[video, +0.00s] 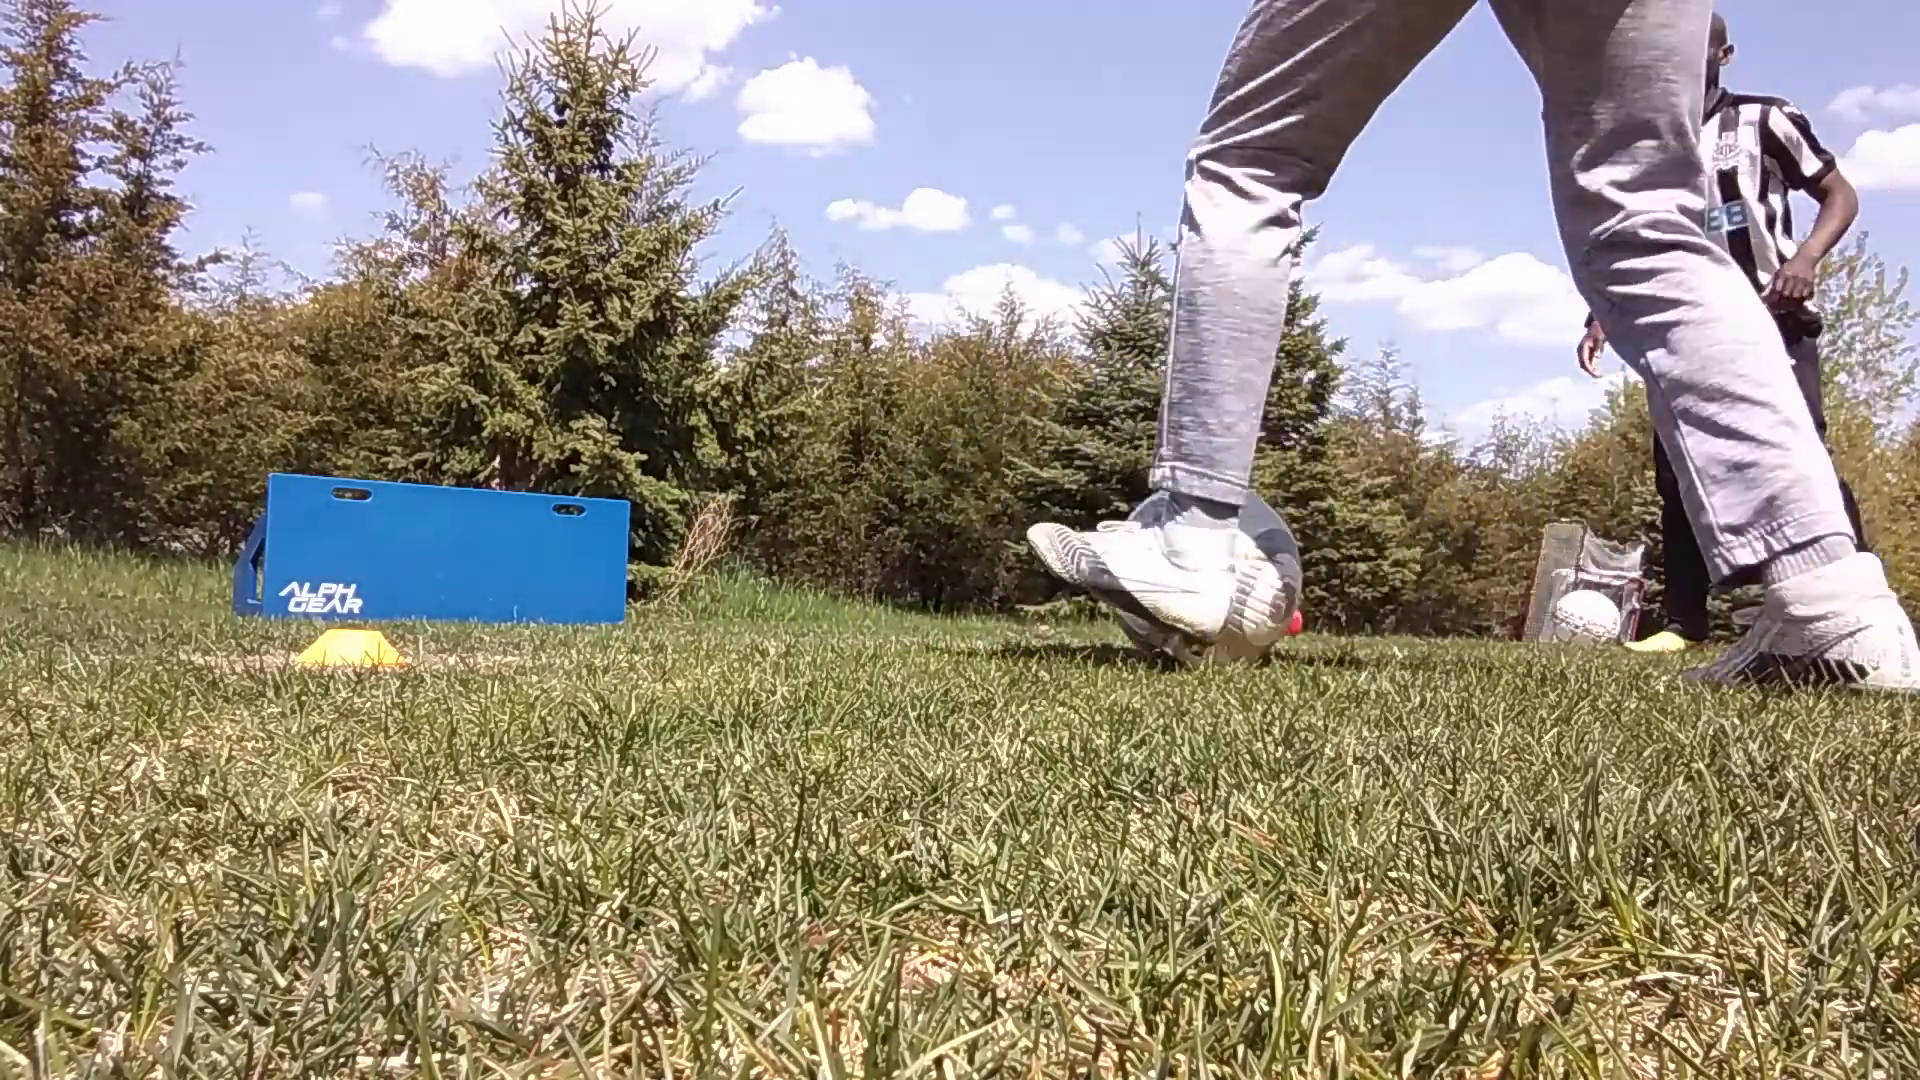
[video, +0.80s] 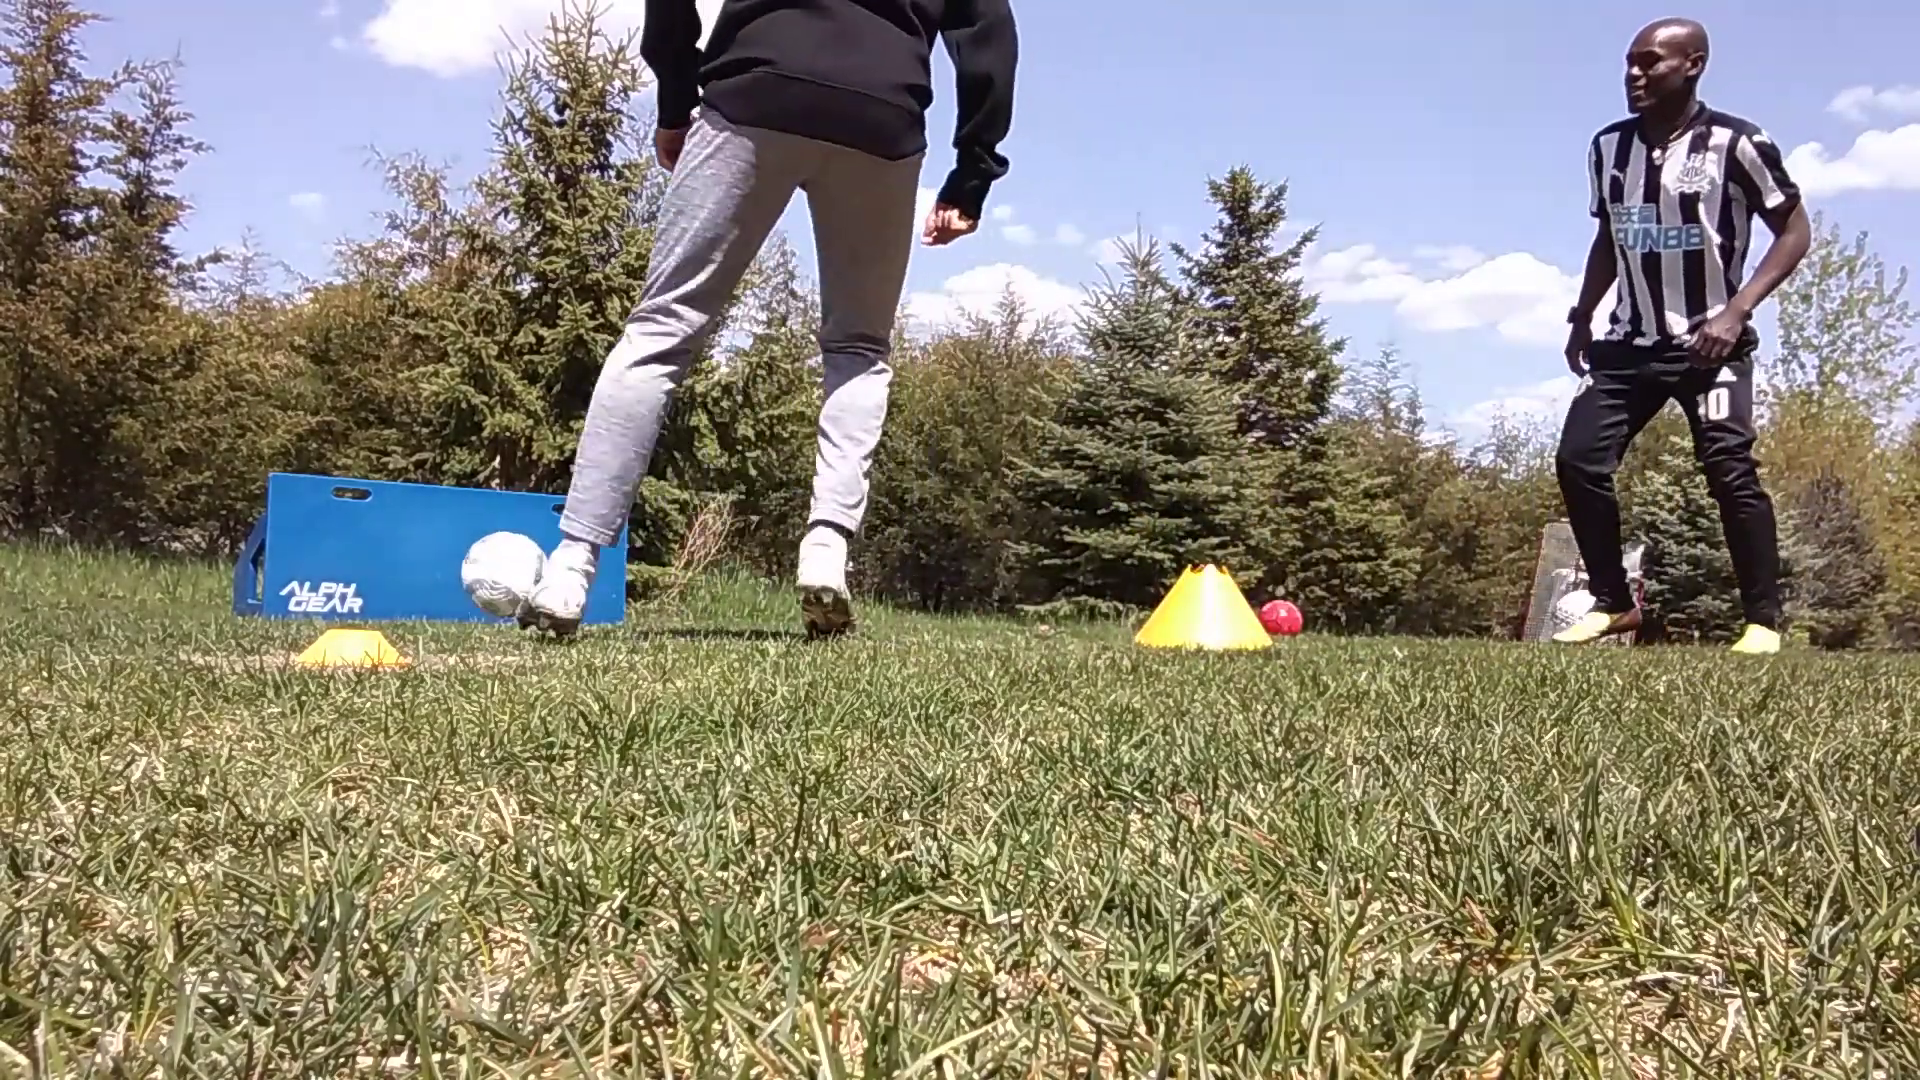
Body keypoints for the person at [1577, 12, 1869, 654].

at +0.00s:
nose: (1685, 52)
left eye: (1698, 39)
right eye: (1678, 41)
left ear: (1721, 49)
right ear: (1664, 52)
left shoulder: (1765, 117)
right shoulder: (1650, 132)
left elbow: (1842, 196)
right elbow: (1639, 236)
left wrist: (1804, 258)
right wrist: (1606, 308)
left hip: (1773, 316)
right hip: (1684, 323)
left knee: (1801, 453)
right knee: (1678, 470)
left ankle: (1852, 595)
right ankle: (1684, 620)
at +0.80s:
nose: (1633, 73)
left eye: (1649, 61)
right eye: (1631, 61)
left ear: (1693, 68)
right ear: (1629, 69)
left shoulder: (1738, 145)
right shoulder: (1608, 148)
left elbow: (1797, 234)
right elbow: (1608, 237)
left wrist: (1738, 309)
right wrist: (1581, 312)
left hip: (1709, 345)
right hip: (1628, 347)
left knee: (1729, 470)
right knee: (1578, 460)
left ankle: (1764, 623)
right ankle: (1612, 603)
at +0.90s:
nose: (1613, 96)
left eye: (1629, 84)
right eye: (1609, 85)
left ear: (1671, 89)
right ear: (1604, 91)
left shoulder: (1720, 165)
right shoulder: (1589, 168)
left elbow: (1776, 252)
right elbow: (1588, 255)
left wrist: (1721, 330)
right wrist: (1557, 332)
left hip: (1693, 356)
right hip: (1611, 357)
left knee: (1717, 476)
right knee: (1539, 468)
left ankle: (1762, 624)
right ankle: (1534, 606)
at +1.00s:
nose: (1578, 117)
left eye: (1592, 105)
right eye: (1573, 107)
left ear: (1634, 108)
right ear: (1569, 113)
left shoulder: (1686, 185)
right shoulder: (1556, 187)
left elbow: (1744, 263)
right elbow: (1559, 269)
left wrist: (1696, 344)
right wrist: (1527, 343)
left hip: (1663, 369)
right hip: (1580, 371)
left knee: (1699, 482)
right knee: (1501, 474)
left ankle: (1760, 625)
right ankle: (1460, 606)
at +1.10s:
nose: (1531, 135)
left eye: (1545, 122)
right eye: (1526, 125)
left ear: (1585, 125)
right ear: (1522, 131)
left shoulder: (1637, 197)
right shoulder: (1508, 202)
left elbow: (1692, 272)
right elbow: (1513, 279)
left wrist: (1654, 350)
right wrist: (1487, 350)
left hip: (1616, 383)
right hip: (1532, 385)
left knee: (1675, 494)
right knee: (1467, 494)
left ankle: (1750, 624)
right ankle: (1423, 619)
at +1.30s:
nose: (1441, 170)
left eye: (1454, 157)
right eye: (1435, 160)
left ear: (1491, 156)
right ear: (1431, 165)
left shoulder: (1545, 211)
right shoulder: (1430, 232)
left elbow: (1611, 277)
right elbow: (1439, 306)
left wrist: (1581, 359)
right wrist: (1408, 379)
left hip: (1556, 378)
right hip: (1484, 386)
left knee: (1603, 490)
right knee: (1430, 492)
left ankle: (1675, 617)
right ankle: (1421, 623)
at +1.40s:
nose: (1425, 168)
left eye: (1437, 155)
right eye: (1418, 158)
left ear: (1473, 153)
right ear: (1414, 162)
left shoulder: (1531, 203)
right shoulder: (1418, 229)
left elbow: (1601, 261)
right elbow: (1433, 303)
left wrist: (1571, 343)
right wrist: (1402, 376)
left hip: (1551, 370)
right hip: (1482, 381)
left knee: (1582, 480)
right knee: (1439, 490)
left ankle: (1641, 617)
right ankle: (1422, 622)